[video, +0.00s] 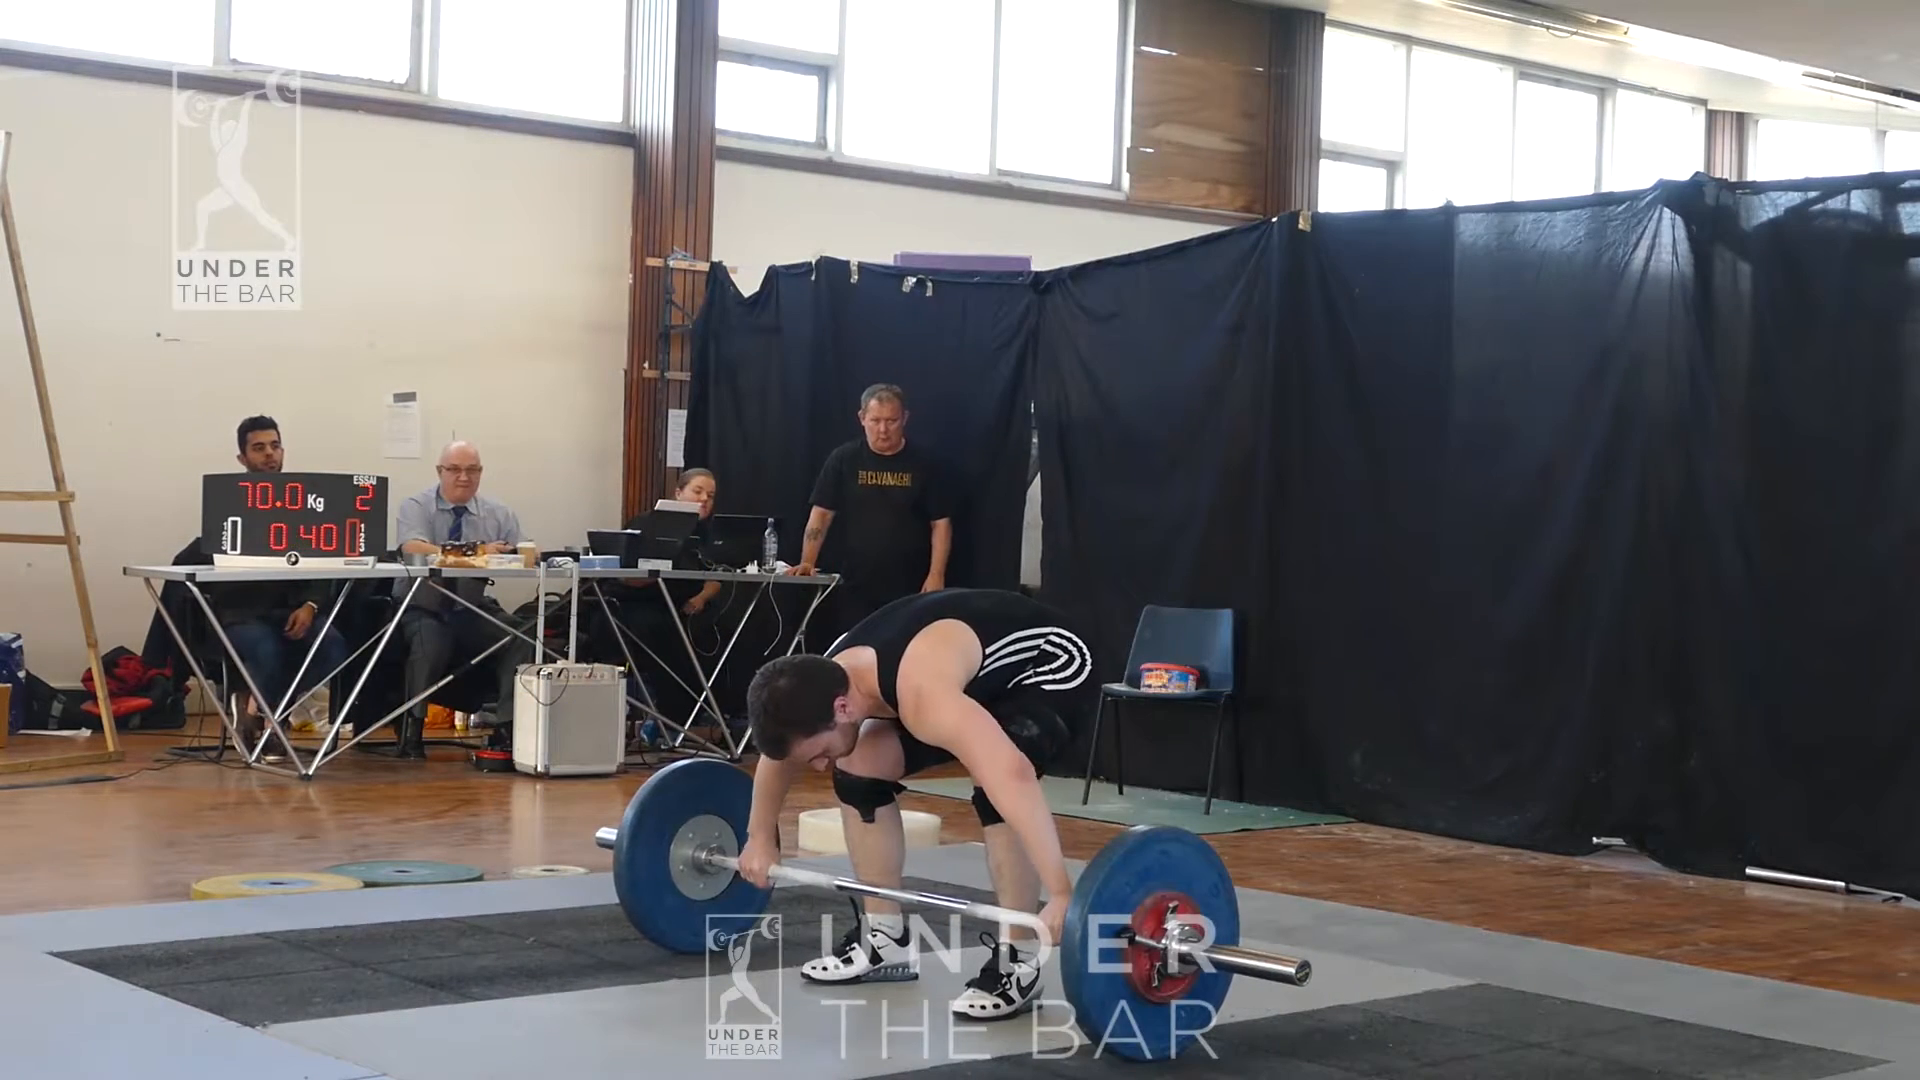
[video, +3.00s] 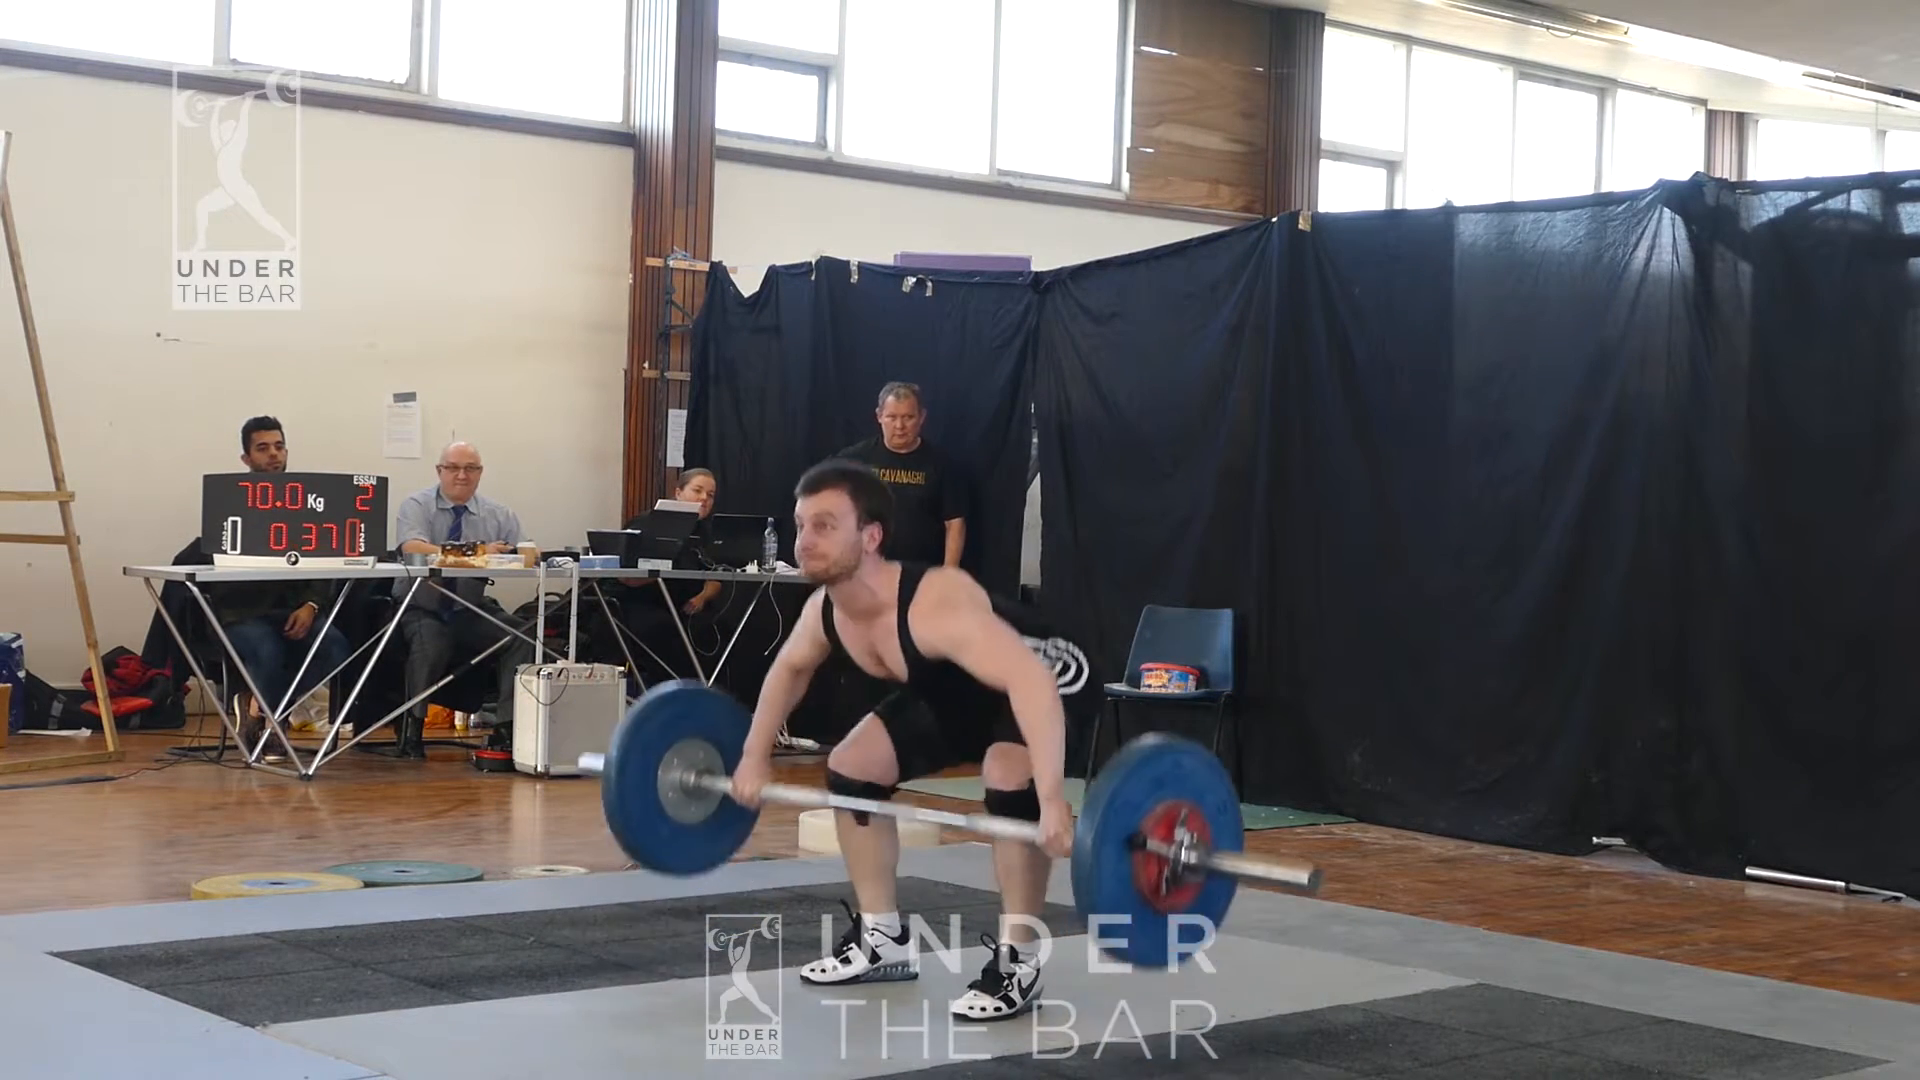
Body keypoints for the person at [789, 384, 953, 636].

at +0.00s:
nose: (883, 429)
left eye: (891, 421)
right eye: (875, 420)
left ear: (904, 419)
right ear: (862, 419)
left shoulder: (925, 463)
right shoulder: (843, 460)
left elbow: (941, 524)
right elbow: (821, 514)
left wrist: (936, 575)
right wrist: (807, 562)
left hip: (907, 585)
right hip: (855, 583)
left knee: (902, 670)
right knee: (853, 665)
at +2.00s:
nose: (895, 426)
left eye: (902, 418)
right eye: (887, 418)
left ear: (917, 417)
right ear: (874, 417)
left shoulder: (935, 463)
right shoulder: (852, 457)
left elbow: (953, 522)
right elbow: (816, 491)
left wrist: (948, 575)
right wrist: (826, 529)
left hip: (914, 585)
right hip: (860, 584)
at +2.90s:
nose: (898, 426)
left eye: (907, 418)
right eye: (890, 417)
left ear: (920, 417)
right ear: (878, 416)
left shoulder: (939, 464)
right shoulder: (860, 455)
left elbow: (955, 524)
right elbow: (817, 483)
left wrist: (948, 577)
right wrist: (828, 538)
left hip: (919, 581)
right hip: (862, 579)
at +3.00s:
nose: (899, 425)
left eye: (908, 417)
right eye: (892, 417)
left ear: (922, 418)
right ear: (879, 416)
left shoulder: (941, 464)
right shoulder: (854, 460)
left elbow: (955, 524)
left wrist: (948, 579)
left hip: (924, 579)